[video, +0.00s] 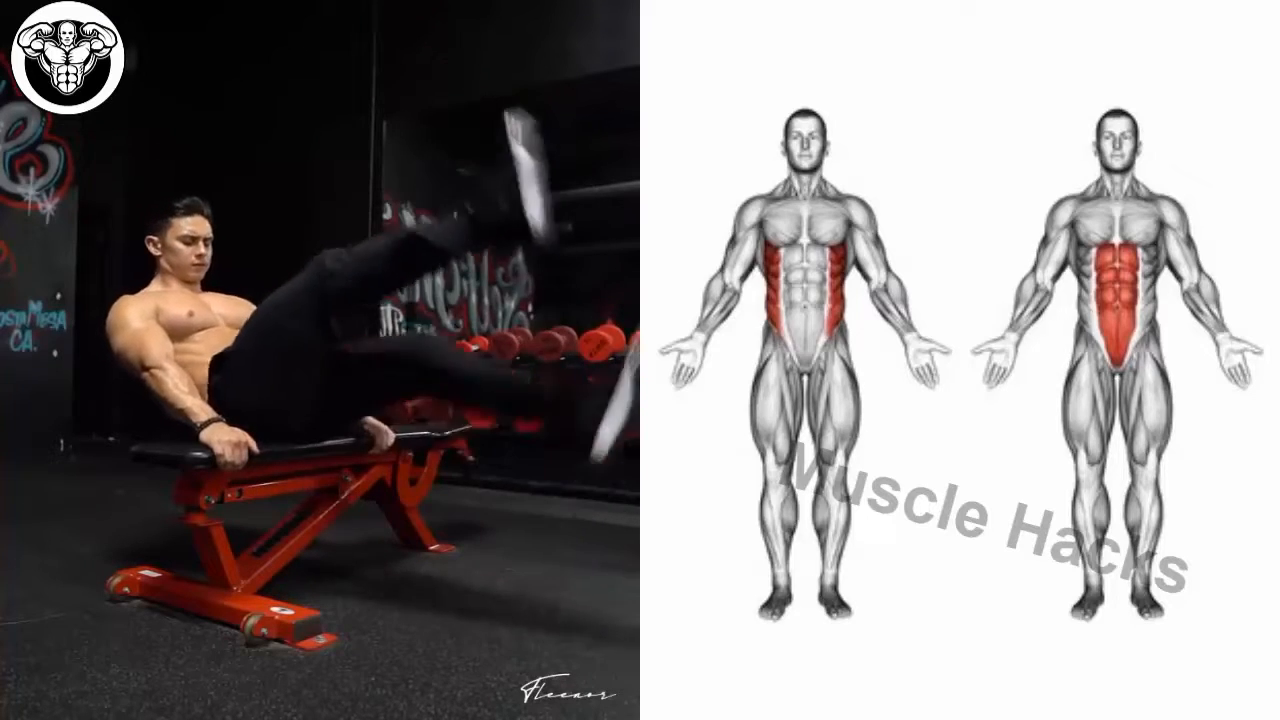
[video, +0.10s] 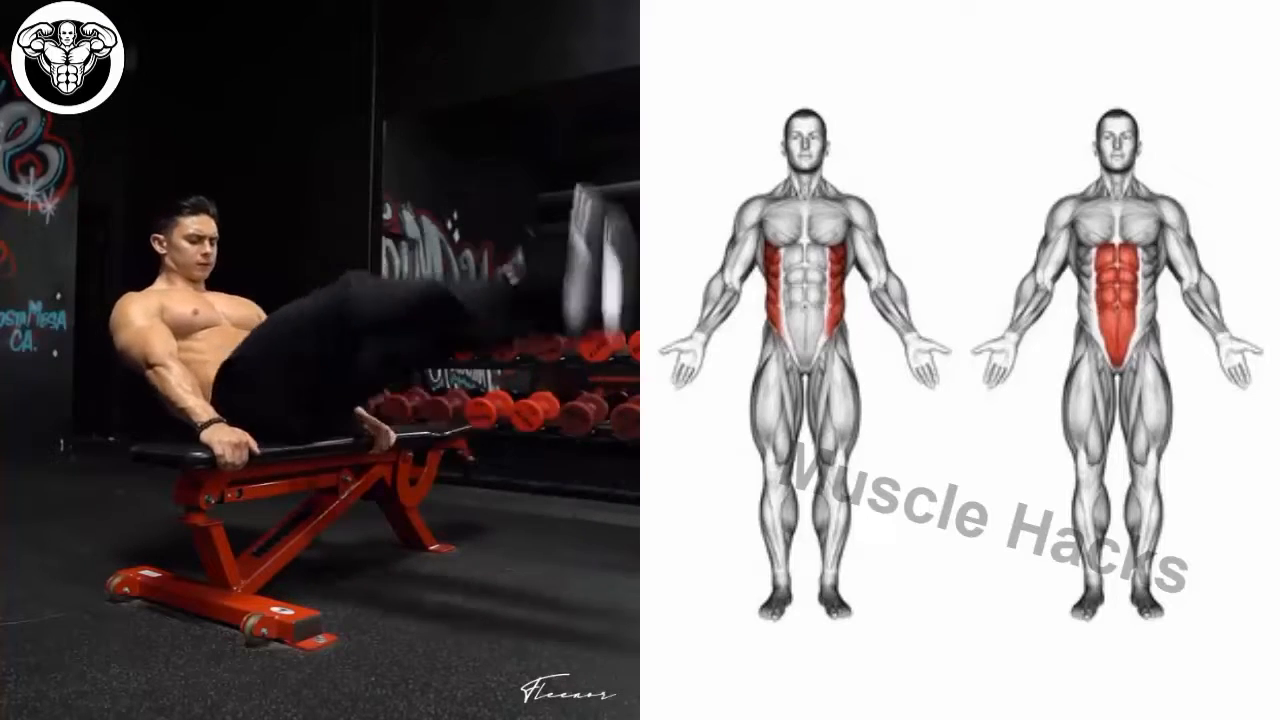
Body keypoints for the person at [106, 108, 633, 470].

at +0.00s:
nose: (201, 253)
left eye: (206, 243)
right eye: (188, 243)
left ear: (209, 247)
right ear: (156, 248)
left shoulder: (237, 306)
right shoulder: (131, 310)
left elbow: (300, 363)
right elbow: (159, 371)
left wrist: (357, 419)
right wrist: (208, 424)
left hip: (296, 401)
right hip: (240, 393)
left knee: (419, 353)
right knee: (325, 274)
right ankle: (503, 222)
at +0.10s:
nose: (207, 250)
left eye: (211, 241)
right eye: (194, 240)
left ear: (213, 248)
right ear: (161, 245)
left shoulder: (243, 304)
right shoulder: (137, 306)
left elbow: (300, 363)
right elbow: (160, 366)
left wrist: (359, 416)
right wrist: (209, 424)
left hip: (303, 405)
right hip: (245, 405)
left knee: (412, 334)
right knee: (342, 297)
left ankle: (554, 303)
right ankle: (493, 309)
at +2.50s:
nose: (212, 212)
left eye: (214, 205)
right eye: (197, 205)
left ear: (217, 223)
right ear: (167, 225)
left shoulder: (253, 290)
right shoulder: (150, 284)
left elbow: (310, 353)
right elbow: (164, 355)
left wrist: (372, 405)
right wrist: (209, 425)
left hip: (300, 375)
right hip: (246, 388)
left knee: (376, 290)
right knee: (375, 425)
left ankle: (517, 210)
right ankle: (501, 584)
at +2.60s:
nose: (212, 214)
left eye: (213, 206)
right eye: (197, 207)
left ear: (215, 224)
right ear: (166, 226)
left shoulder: (252, 290)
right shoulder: (148, 286)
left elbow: (309, 354)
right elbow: (164, 355)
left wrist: (373, 393)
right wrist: (208, 425)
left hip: (295, 378)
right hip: (243, 393)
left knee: (385, 306)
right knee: (376, 395)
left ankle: (544, 279)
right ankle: (532, 503)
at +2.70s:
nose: (205, 215)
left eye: (206, 208)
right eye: (190, 209)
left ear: (212, 225)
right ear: (161, 229)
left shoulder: (252, 289)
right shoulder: (146, 288)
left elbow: (305, 355)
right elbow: (167, 359)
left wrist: (358, 415)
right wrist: (209, 423)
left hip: (296, 394)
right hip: (241, 402)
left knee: (410, 343)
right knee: (372, 346)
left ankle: (568, 382)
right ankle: (549, 379)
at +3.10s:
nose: (208, 215)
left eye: (207, 208)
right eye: (192, 209)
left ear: (209, 225)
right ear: (161, 227)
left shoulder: (252, 291)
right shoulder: (143, 290)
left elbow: (303, 345)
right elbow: (165, 362)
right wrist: (208, 426)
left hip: (302, 397)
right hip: (242, 394)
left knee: (418, 405)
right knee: (329, 296)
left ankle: (551, 531)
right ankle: (497, 228)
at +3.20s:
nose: (204, 220)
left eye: (205, 212)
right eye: (188, 213)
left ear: (209, 229)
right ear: (159, 232)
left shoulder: (252, 291)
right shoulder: (142, 293)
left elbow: (298, 360)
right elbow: (166, 360)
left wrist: (360, 416)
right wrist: (208, 423)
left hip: (298, 399)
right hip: (241, 398)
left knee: (425, 372)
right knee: (344, 319)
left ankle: (586, 427)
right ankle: (536, 335)